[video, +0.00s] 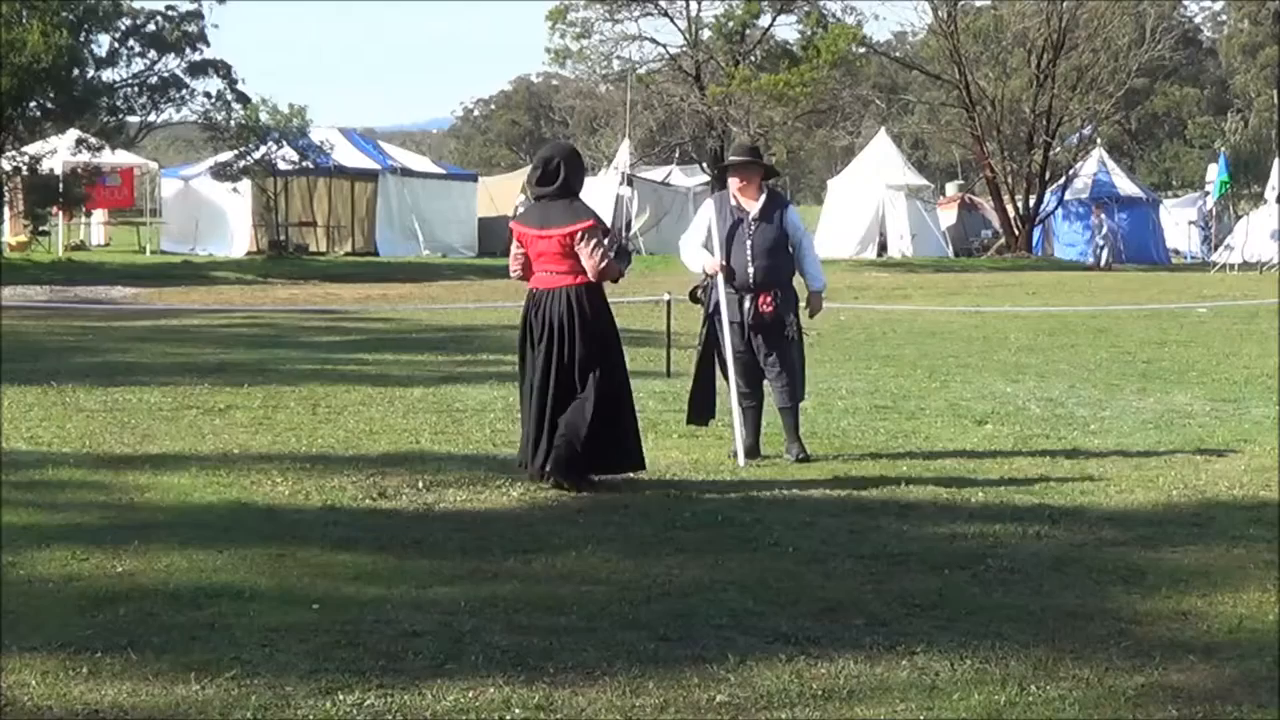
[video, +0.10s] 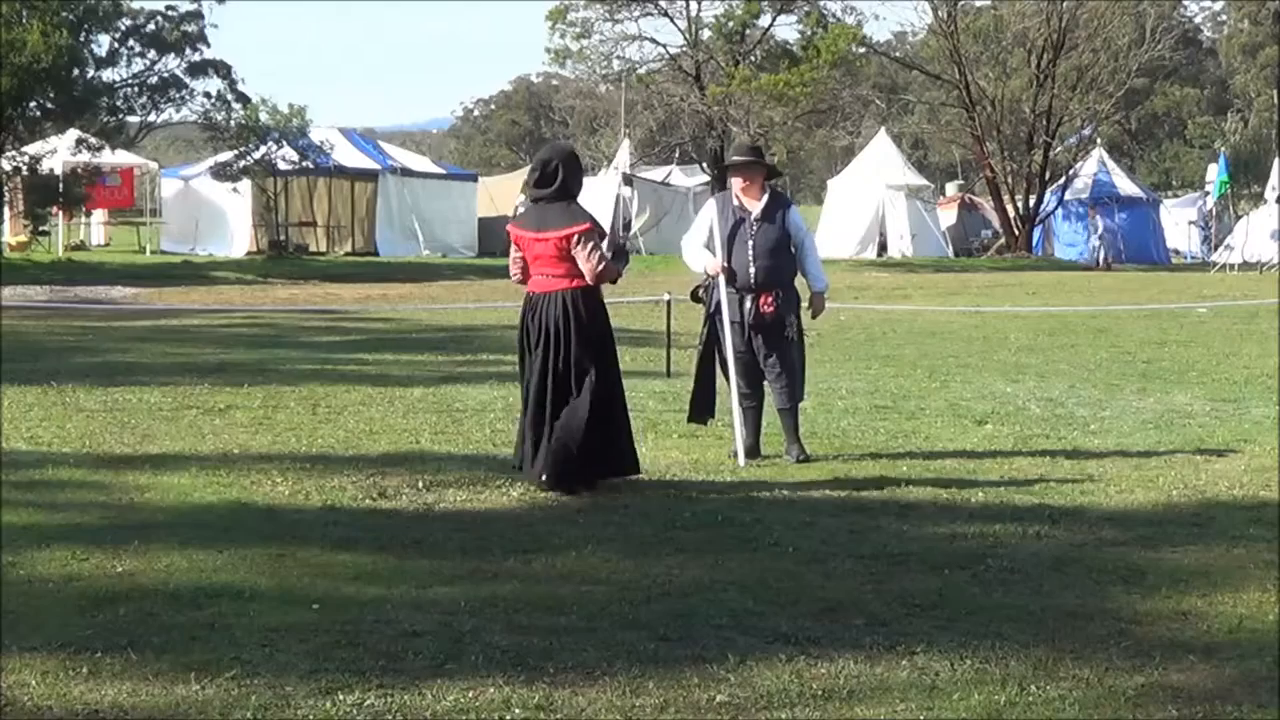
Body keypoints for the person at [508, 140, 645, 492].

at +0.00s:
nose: (581, 177)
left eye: (578, 171)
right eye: (579, 172)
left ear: (537, 174)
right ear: (573, 176)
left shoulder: (523, 220)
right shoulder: (580, 217)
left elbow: (518, 270)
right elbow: (601, 270)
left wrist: (552, 267)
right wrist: (621, 261)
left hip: (539, 304)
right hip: (578, 304)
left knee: (545, 381)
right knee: (592, 382)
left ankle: (540, 460)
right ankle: (566, 459)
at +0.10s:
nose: (580, 180)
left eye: (578, 173)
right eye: (578, 174)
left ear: (535, 176)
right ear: (571, 178)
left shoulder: (520, 222)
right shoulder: (577, 221)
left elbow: (518, 273)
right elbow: (597, 273)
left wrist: (552, 265)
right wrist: (618, 260)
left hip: (536, 306)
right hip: (575, 307)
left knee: (543, 383)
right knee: (585, 383)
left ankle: (539, 461)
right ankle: (571, 466)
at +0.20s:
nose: (579, 181)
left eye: (577, 174)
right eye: (576, 175)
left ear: (534, 178)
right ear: (569, 179)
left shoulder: (518, 225)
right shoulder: (574, 223)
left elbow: (517, 274)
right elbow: (594, 275)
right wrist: (616, 263)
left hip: (532, 308)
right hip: (572, 308)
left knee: (539, 385)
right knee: (579, 385)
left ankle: (536, 464)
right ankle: (573, 468)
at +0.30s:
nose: (577, 181)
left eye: (575, 174)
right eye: (574, 175)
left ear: (531, 176)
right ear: (567, 178)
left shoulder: (516, 221)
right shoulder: (568, 221)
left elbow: (514, 271)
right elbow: (585, 272)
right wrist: (609, 259)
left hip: (525, 306)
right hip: (563, 308)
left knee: (531, 385)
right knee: (565, 386)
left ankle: (529, 465)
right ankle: (557, 472)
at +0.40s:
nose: (574, 178)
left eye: (571, 171)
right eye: (572, 172)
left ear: (528, 173)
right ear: (566, 176)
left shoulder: (511, 218)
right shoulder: (563, 217)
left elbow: (513, 267)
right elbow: (574, 267)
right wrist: (603, 260)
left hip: (519, 303)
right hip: (558, 306)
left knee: (526, 385)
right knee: (559, 387)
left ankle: (526, 465)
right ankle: (551, 476)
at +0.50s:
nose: (566, 176)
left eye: (563, 170)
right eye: (564, 170)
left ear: (521, 171)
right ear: (558, 174)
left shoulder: (505, 215)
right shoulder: (550, 214)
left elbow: (504, 267)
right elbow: (560, 265)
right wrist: (596, 250)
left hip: (511, 304)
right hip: (548, 306)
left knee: (519, 387)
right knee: (552, 389)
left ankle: (517, 470)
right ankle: (550, 476)